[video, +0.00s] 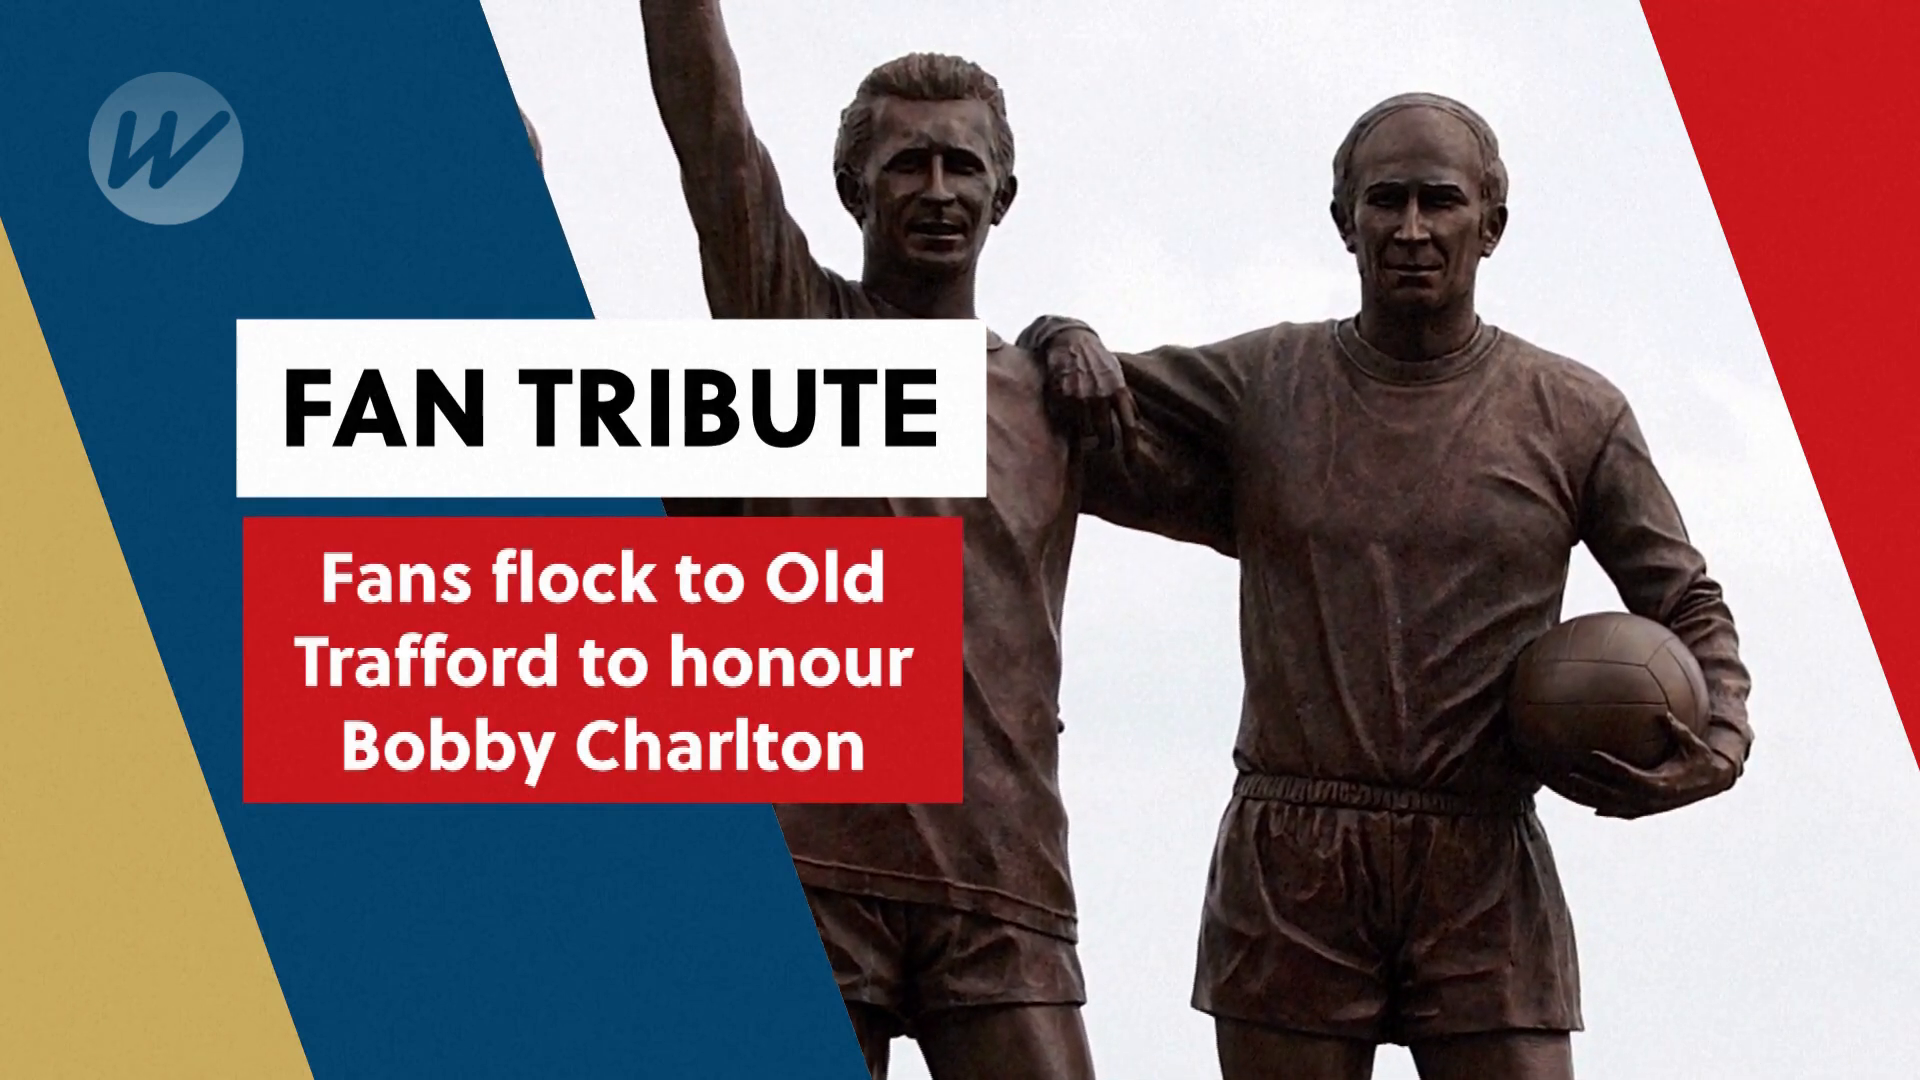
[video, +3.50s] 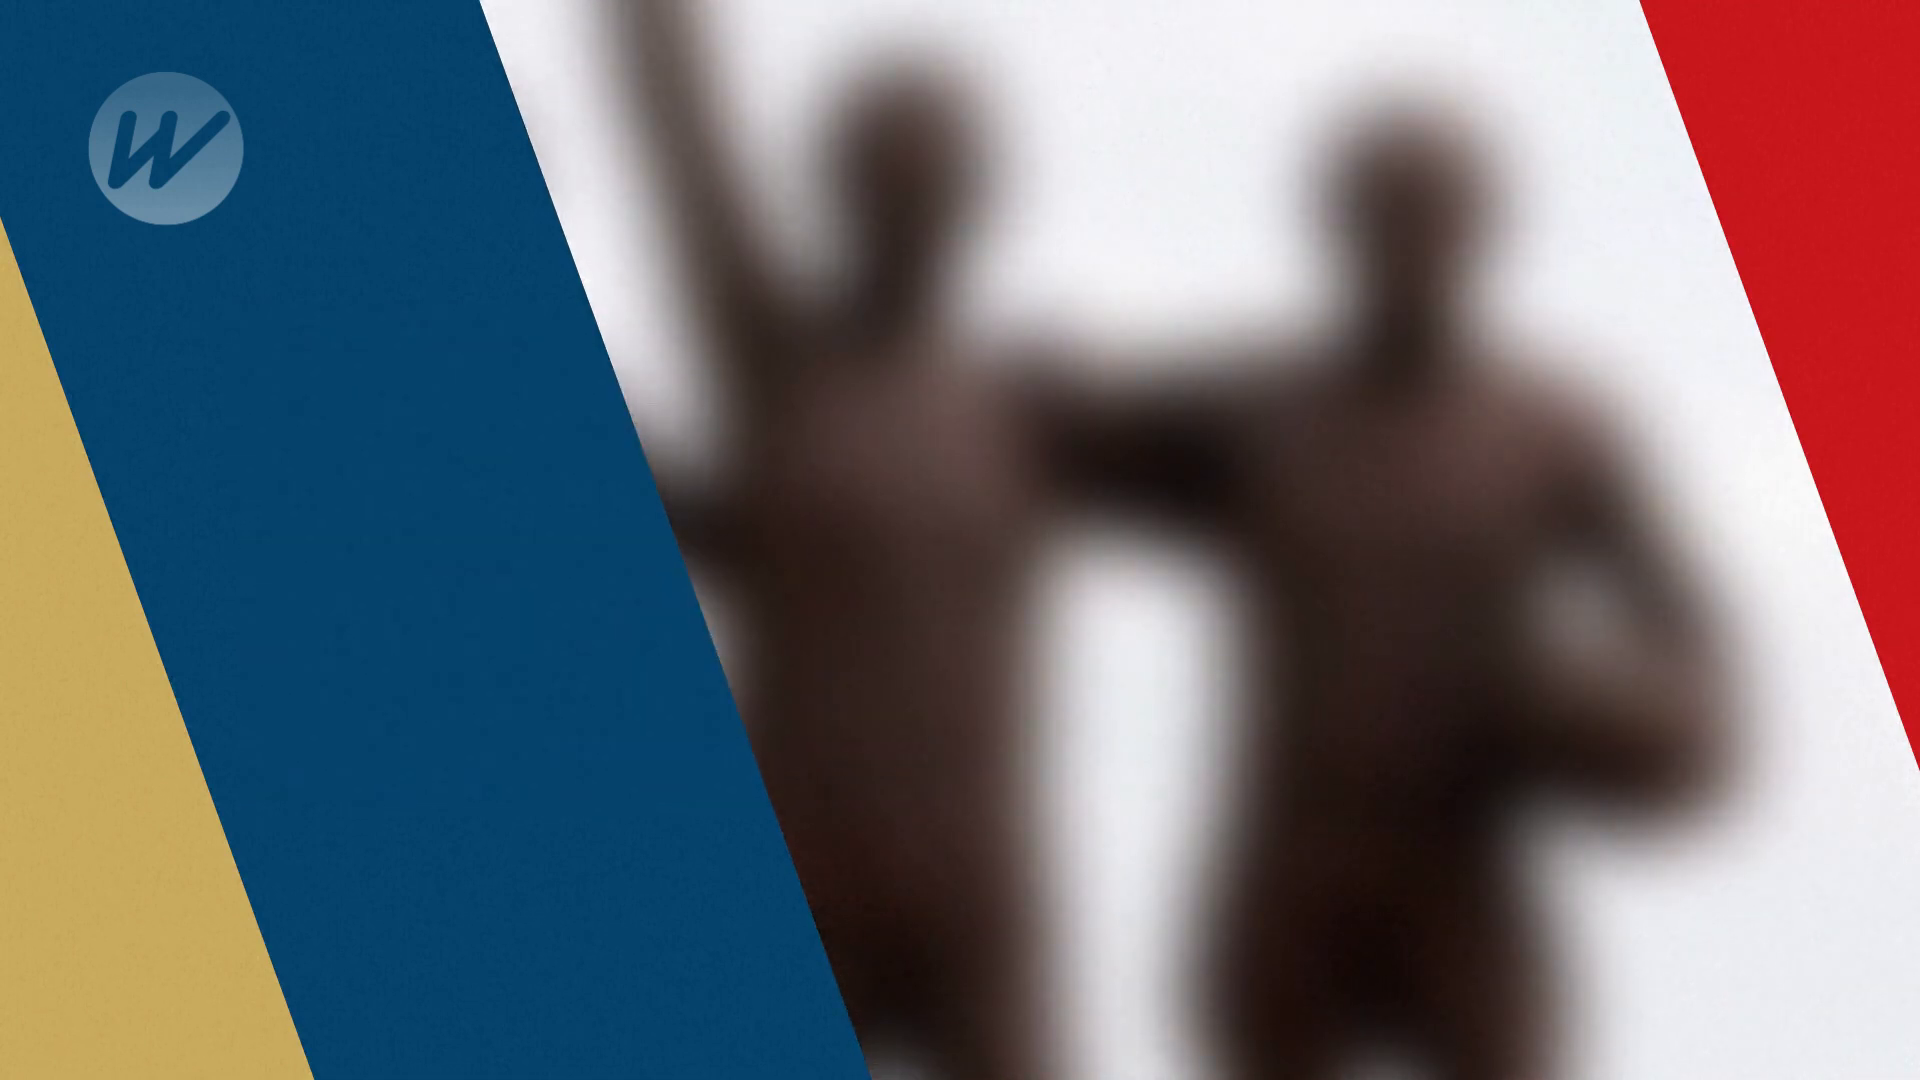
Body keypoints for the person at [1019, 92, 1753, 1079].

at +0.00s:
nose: (1411, 226)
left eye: (1440, 199)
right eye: (1384, 200)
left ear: (1493, 223)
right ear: (1344, 222)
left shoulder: (1574, 411)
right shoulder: (1262, 379)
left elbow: (1685, 604)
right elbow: (1085, 414)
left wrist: (1721, 735)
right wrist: (1062, 342)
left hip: (1482, 868)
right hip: (1287, 863)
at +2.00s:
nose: (1401, 234)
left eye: (1431, 205)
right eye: (1373, 207)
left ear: (1485, 227)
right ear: (1332, 228)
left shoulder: (1567, 421)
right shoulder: (1250, 388)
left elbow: (1680, 617)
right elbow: (1074, 439)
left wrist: (1719, 755)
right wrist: (1044, 353)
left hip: (1473, 894)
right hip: (1272, 890)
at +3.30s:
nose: (1407, 247)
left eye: (1431, 213)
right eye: (1384, 213)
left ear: (1475, 226)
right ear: (1345, 224)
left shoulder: (1549, 436)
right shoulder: (1265, 420)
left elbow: (1692, 690)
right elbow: (1052, 434)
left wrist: (1582, 708)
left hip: (1467, 908)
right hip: (1287, 902)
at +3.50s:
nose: (1411, 252)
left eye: (1433, 218)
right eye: (1388, 218)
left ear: (1471, 230)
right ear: (1350, 228)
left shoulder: (1546, 442)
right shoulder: (1270, 429)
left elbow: (1685, 725)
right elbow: (1024, 427)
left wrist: (1531, 705)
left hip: (1467, 919)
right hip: (1293, 913)